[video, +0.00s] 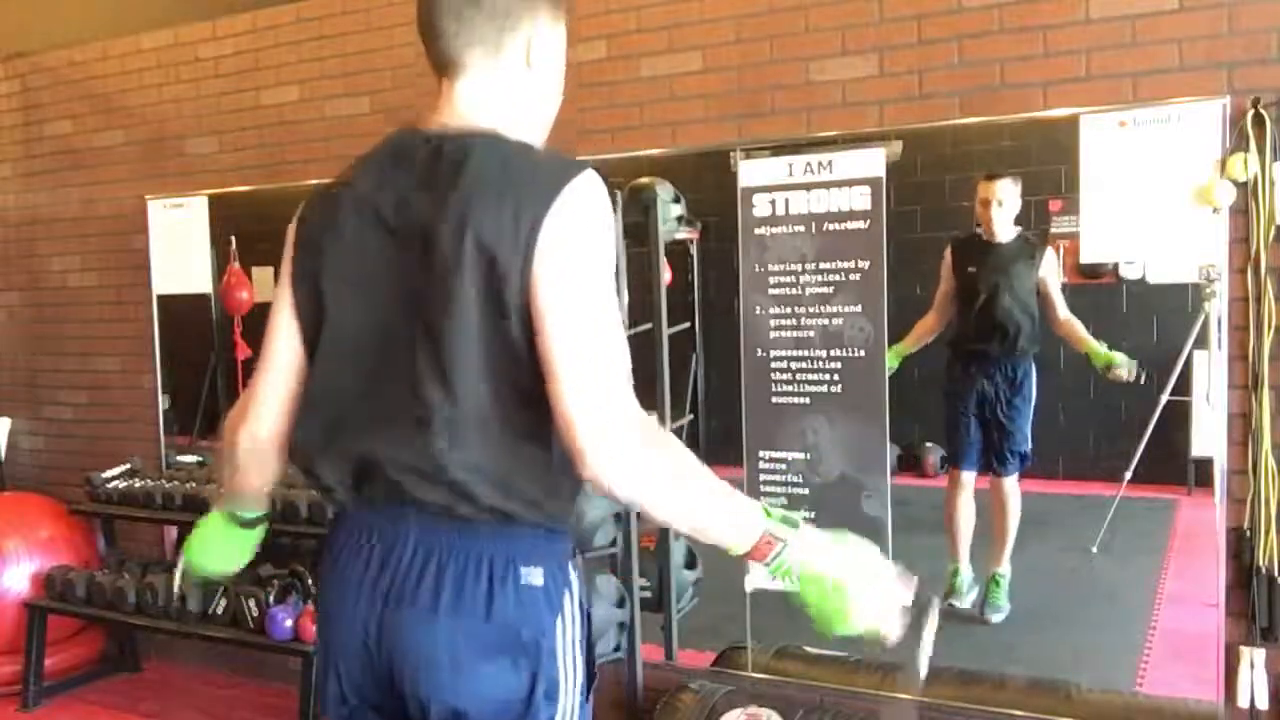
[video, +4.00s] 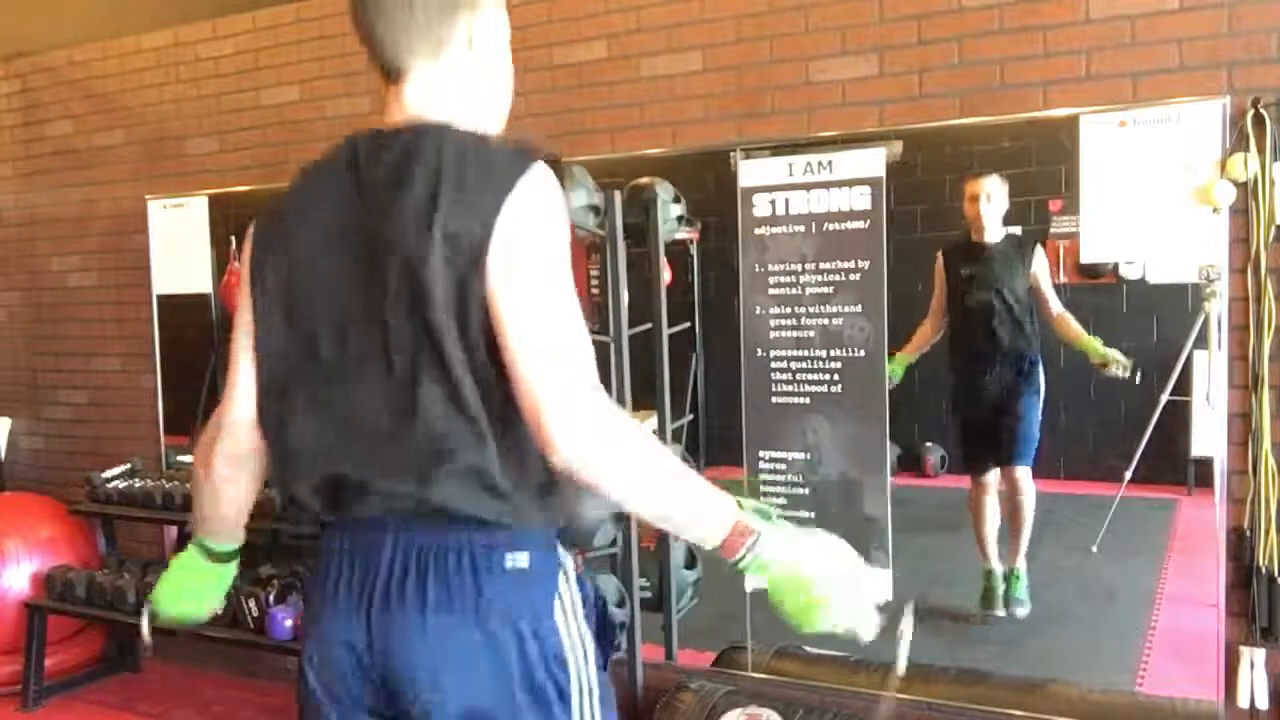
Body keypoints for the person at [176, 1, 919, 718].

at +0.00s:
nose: (563, 79)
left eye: (561, 55)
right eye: (562, 54)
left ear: (435, 54)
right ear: (538, 50)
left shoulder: (329, 207)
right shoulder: (558, 193)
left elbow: (255, 441)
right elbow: (608, 446)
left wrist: (235, 510)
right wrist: (784, 546)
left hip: (356, 566)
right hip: (502, 583)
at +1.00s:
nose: (557, 118)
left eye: (553, 93)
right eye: (553, 93)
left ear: (424, 105)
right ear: (528, 97)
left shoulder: (339, 270)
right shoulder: (557, 247)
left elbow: (282, 478)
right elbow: (632, 472)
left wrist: (393, 434)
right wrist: (810, 502)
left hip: (396, 637)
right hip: (539, 635)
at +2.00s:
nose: (540, 80)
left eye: (538, 57)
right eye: (537, 56)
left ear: (416, 62)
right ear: (517, 57)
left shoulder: (311, 229)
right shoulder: (540, 198)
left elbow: (268, 454)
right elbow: (589, 441)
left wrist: (267, 512)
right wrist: (760, 533)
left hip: (356, 573)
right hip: (504, 582)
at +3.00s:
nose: (562, 156)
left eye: (557, 130)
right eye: (557, 130)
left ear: (436, 136)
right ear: (530, 129)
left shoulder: (326, 302)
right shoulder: (563, 292)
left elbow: (265, 508)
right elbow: (638, 524)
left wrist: (373, 440)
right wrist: (812, 522)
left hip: (373, 665)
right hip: (520, 667)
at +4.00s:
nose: (511, 69)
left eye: (504, 45)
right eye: (503, 45)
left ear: (383, 58)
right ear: (479, 44)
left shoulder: (280, 223)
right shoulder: (508, 184)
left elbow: (236, 433)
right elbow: (574, 430)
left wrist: (212, 550)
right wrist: (755, 541)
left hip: (340, 583)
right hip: (492, 585)